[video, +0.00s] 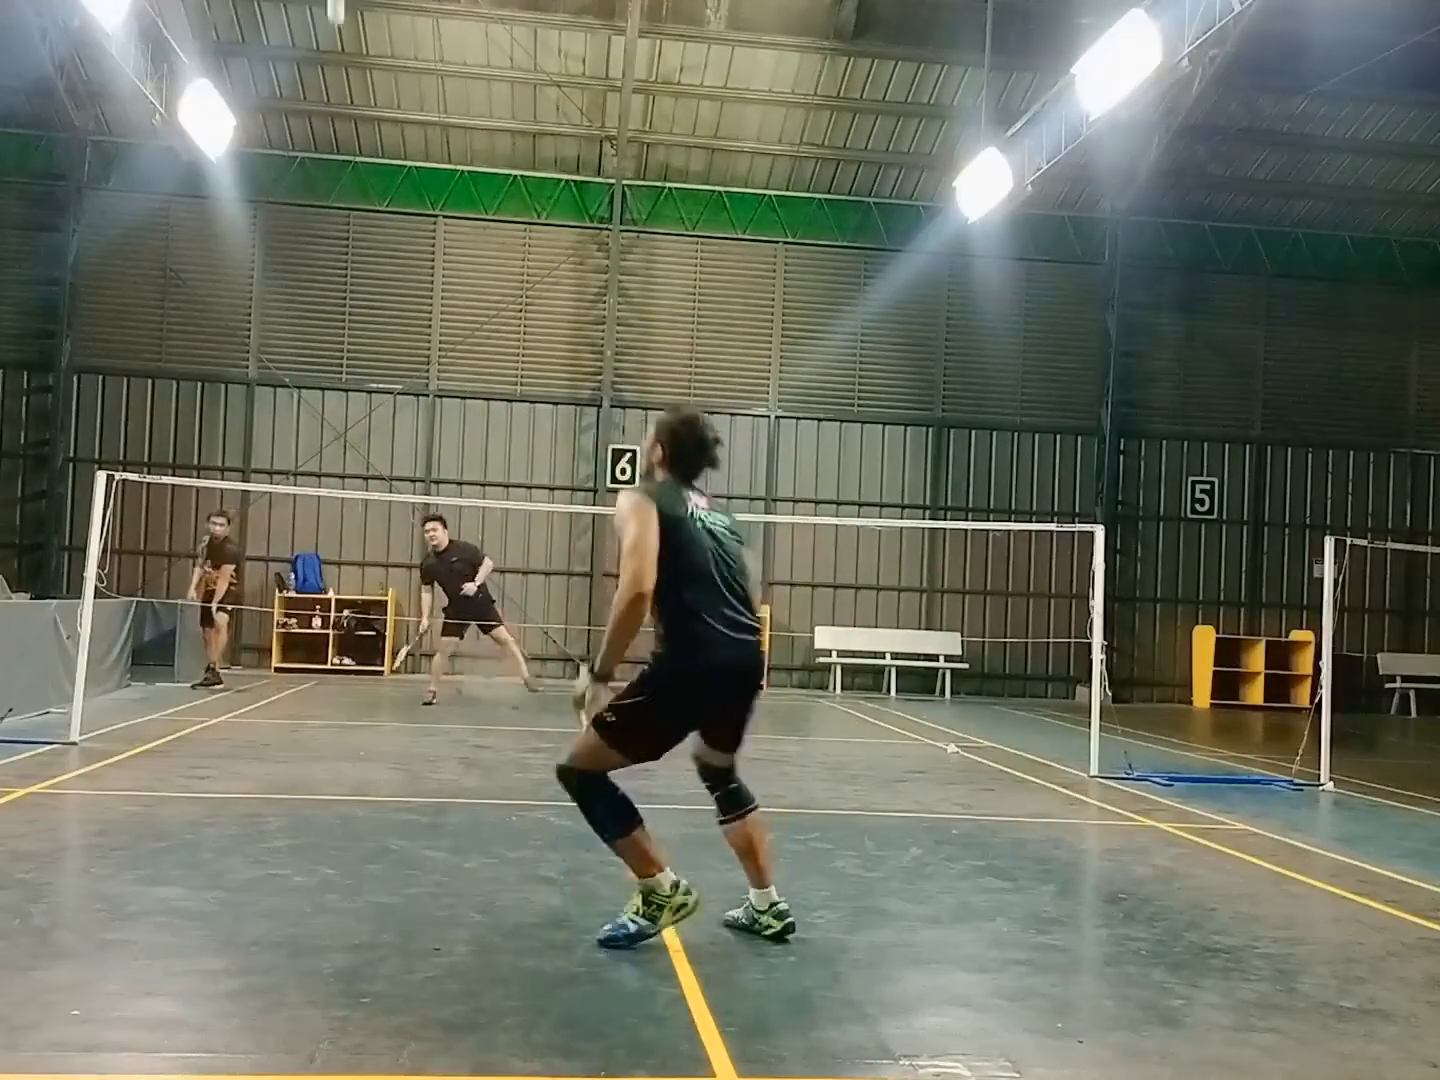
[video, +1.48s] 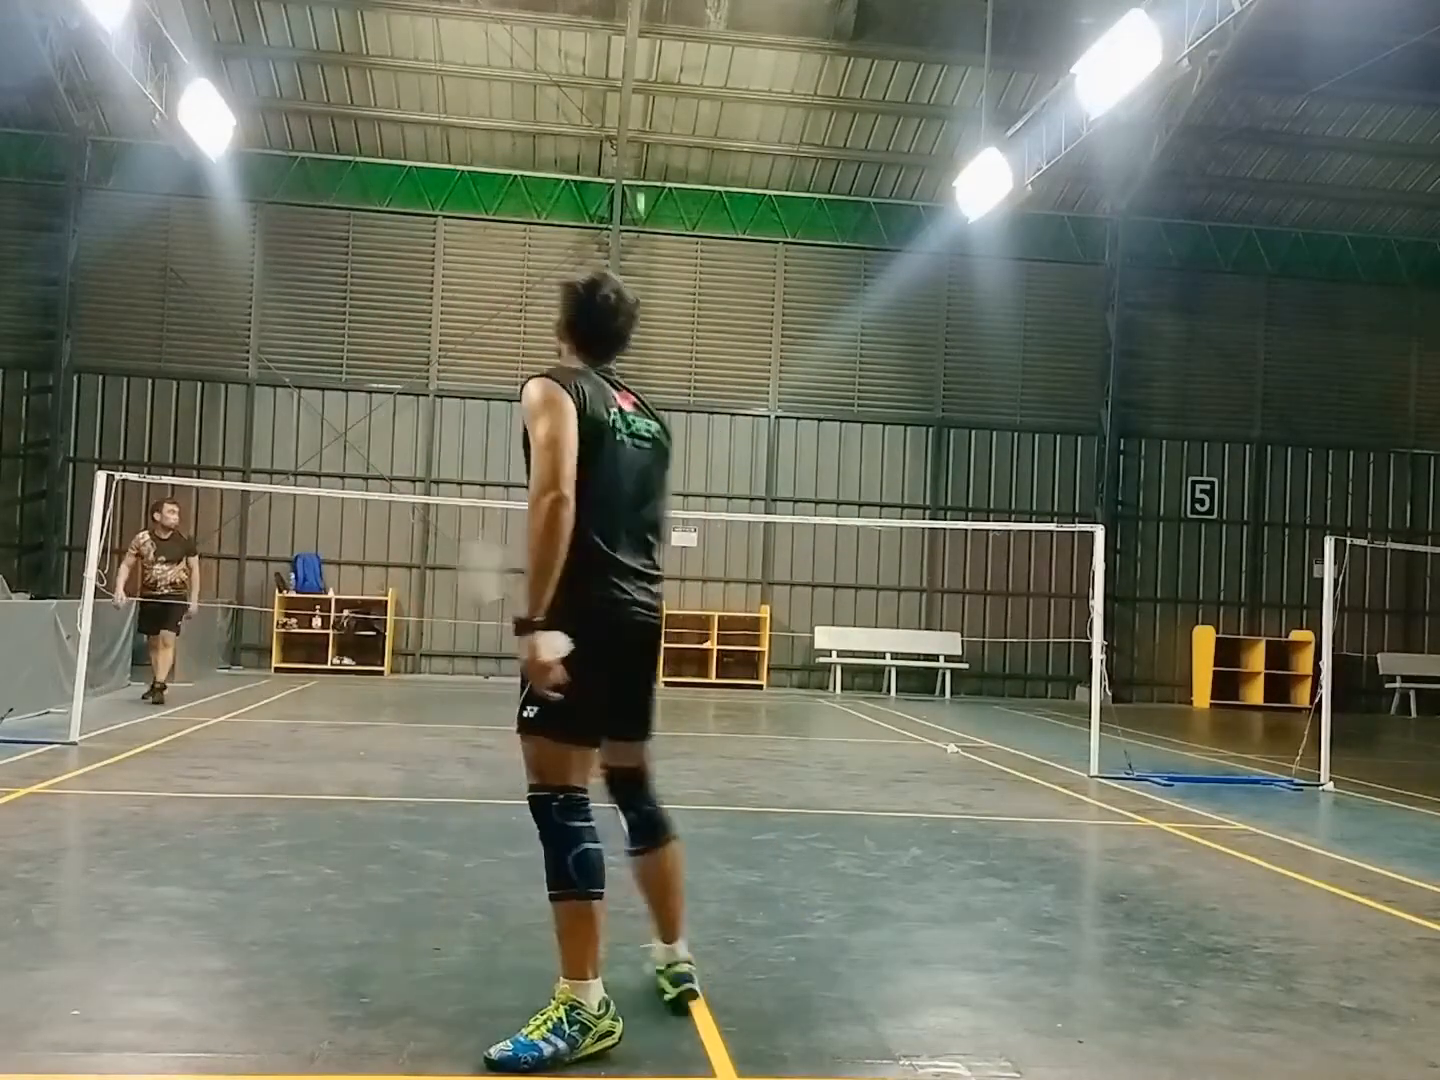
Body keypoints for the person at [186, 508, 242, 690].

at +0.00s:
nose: (217, 528)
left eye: (221, 525)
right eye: (214, 524)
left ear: (228, 528)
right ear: (208, 525)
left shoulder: (230, 549)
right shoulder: (205, 545)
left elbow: (225, 577)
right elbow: (199, 567)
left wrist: (216, 601)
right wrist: (192, 588)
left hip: (227, 589)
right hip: (209, 588)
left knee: (220, 620)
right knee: (207, 631)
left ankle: (213, 666)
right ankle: (212, 671)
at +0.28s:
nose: (217, 531)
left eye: (221, 528)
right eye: (213, 526)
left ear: (225, 531)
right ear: (205, 526)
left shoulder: (227, 554)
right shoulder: (196, 545)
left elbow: (220, 584)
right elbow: (189, 569)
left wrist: (209, 607)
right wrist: (182, 593)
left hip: (218, 599)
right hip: (198, 597)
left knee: (211, 637)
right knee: (201, 639)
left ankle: (204, 677)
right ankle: (212, 672)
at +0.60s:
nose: (214, 528)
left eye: (219, 525)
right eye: (211, 523)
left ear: (222, 528)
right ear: (201, 523)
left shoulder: (224, 552)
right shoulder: (190, 539)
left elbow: (218, 582)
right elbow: (174, 559)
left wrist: (208, 605)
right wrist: (164, 582)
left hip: (213, 596)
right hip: (190, 593)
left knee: (209, 635)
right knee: (179, 633)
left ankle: (204, 678)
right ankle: (192, 664)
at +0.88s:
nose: (202, 526)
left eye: (205, 523)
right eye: (198, 522)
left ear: (208, 526)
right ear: (187, 523)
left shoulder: (211, 549)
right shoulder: (173, 542)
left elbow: (212, 579)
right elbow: (158, 561)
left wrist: (205, 607)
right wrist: (154, 586)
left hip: (200, 600)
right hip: (175, 599)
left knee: (202, 641)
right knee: (168, 637)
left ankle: (202, 680)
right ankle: (161, 681)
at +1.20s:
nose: (184, 516)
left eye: (186, 513)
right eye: (180, 512)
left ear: (188, 516)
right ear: (166, 514)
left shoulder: (193, 542)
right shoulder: (151, 537)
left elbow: (204, 570)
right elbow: (136, 563)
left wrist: (210, 598)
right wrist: (133, 591)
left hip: (184, 595)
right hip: (156, 594)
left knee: (189, 635)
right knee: (157, 638)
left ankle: (187, 670)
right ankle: (159, 682)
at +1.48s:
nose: (175, 516)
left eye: (177, 513)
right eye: (170, 512)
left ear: (179, 516)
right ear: (157, 515)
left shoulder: (185, 542)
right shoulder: (142, 538)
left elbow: (194, 570)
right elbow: (126, 565)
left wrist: (194, 599)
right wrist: (119, 589)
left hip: (175, 597)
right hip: (150, 597)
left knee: (167, 639)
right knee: (153, 642)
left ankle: (160, 685)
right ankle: (156, 683)